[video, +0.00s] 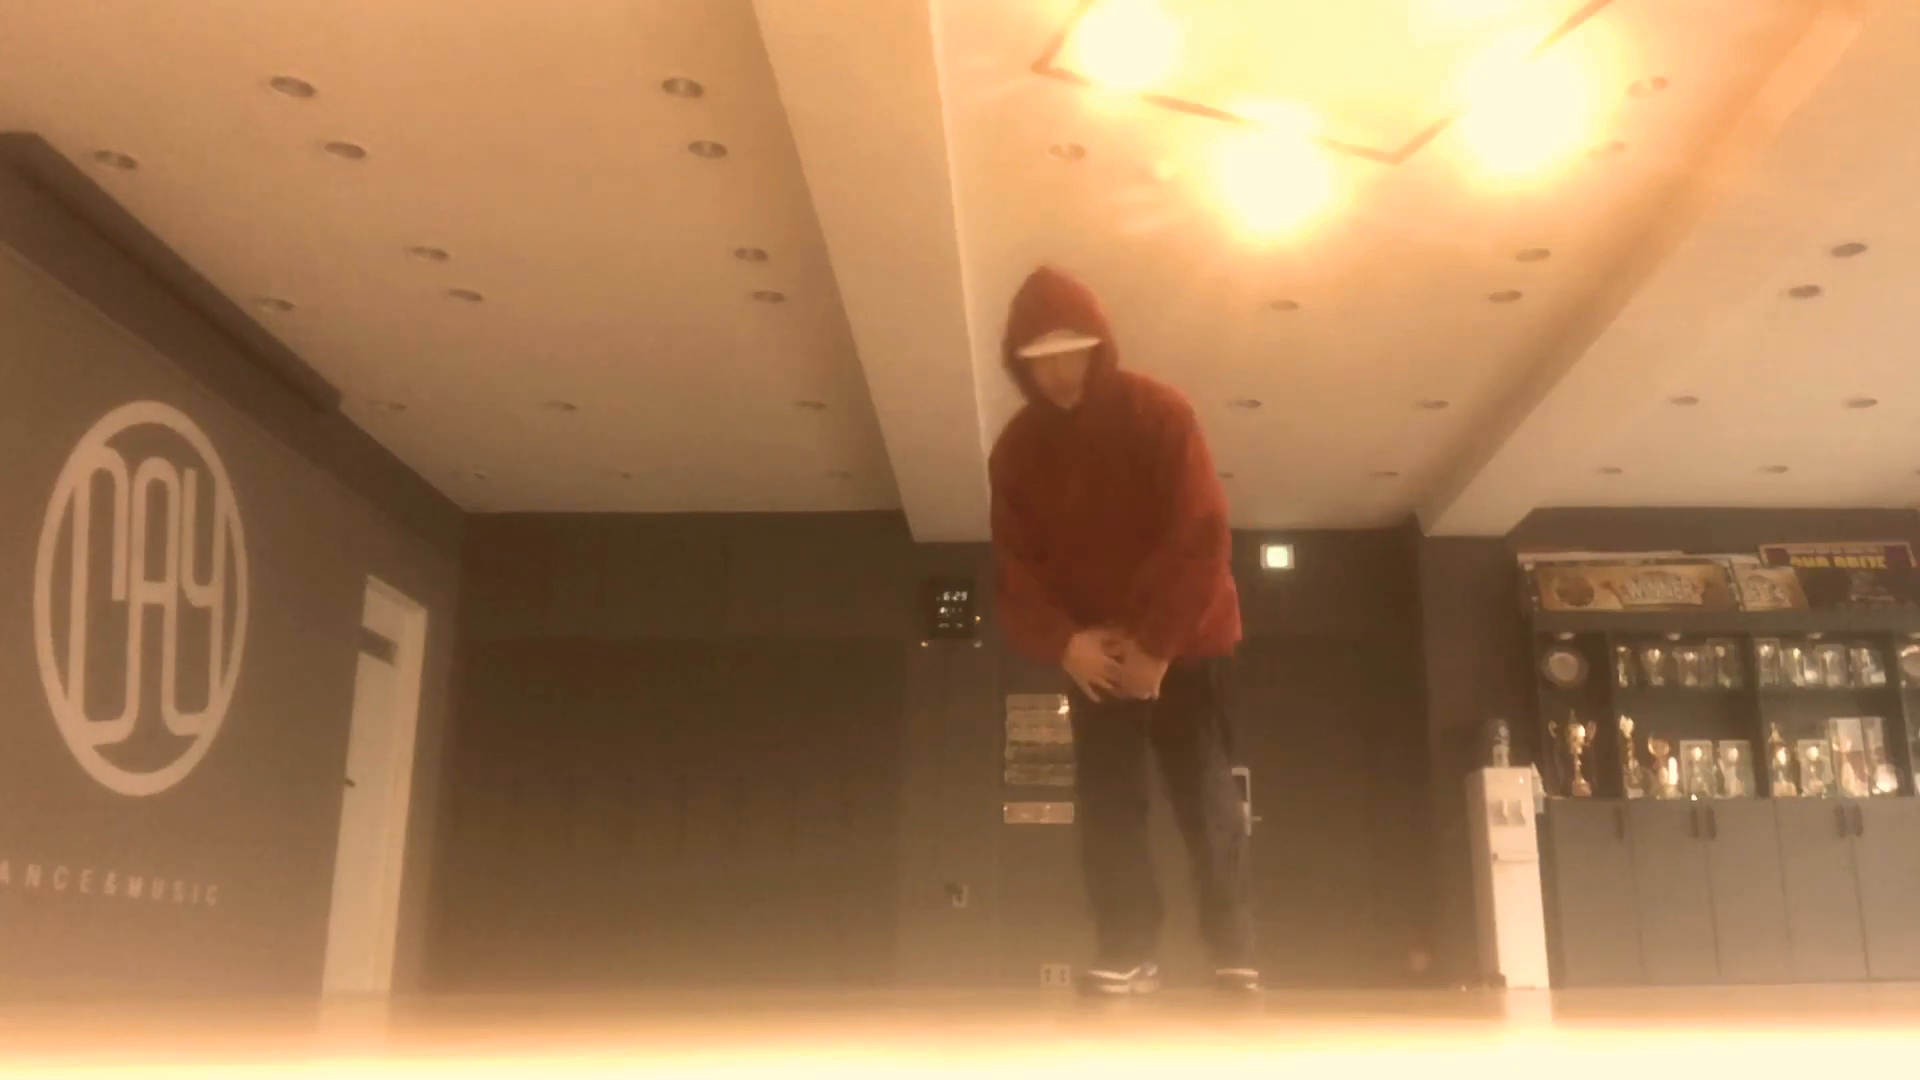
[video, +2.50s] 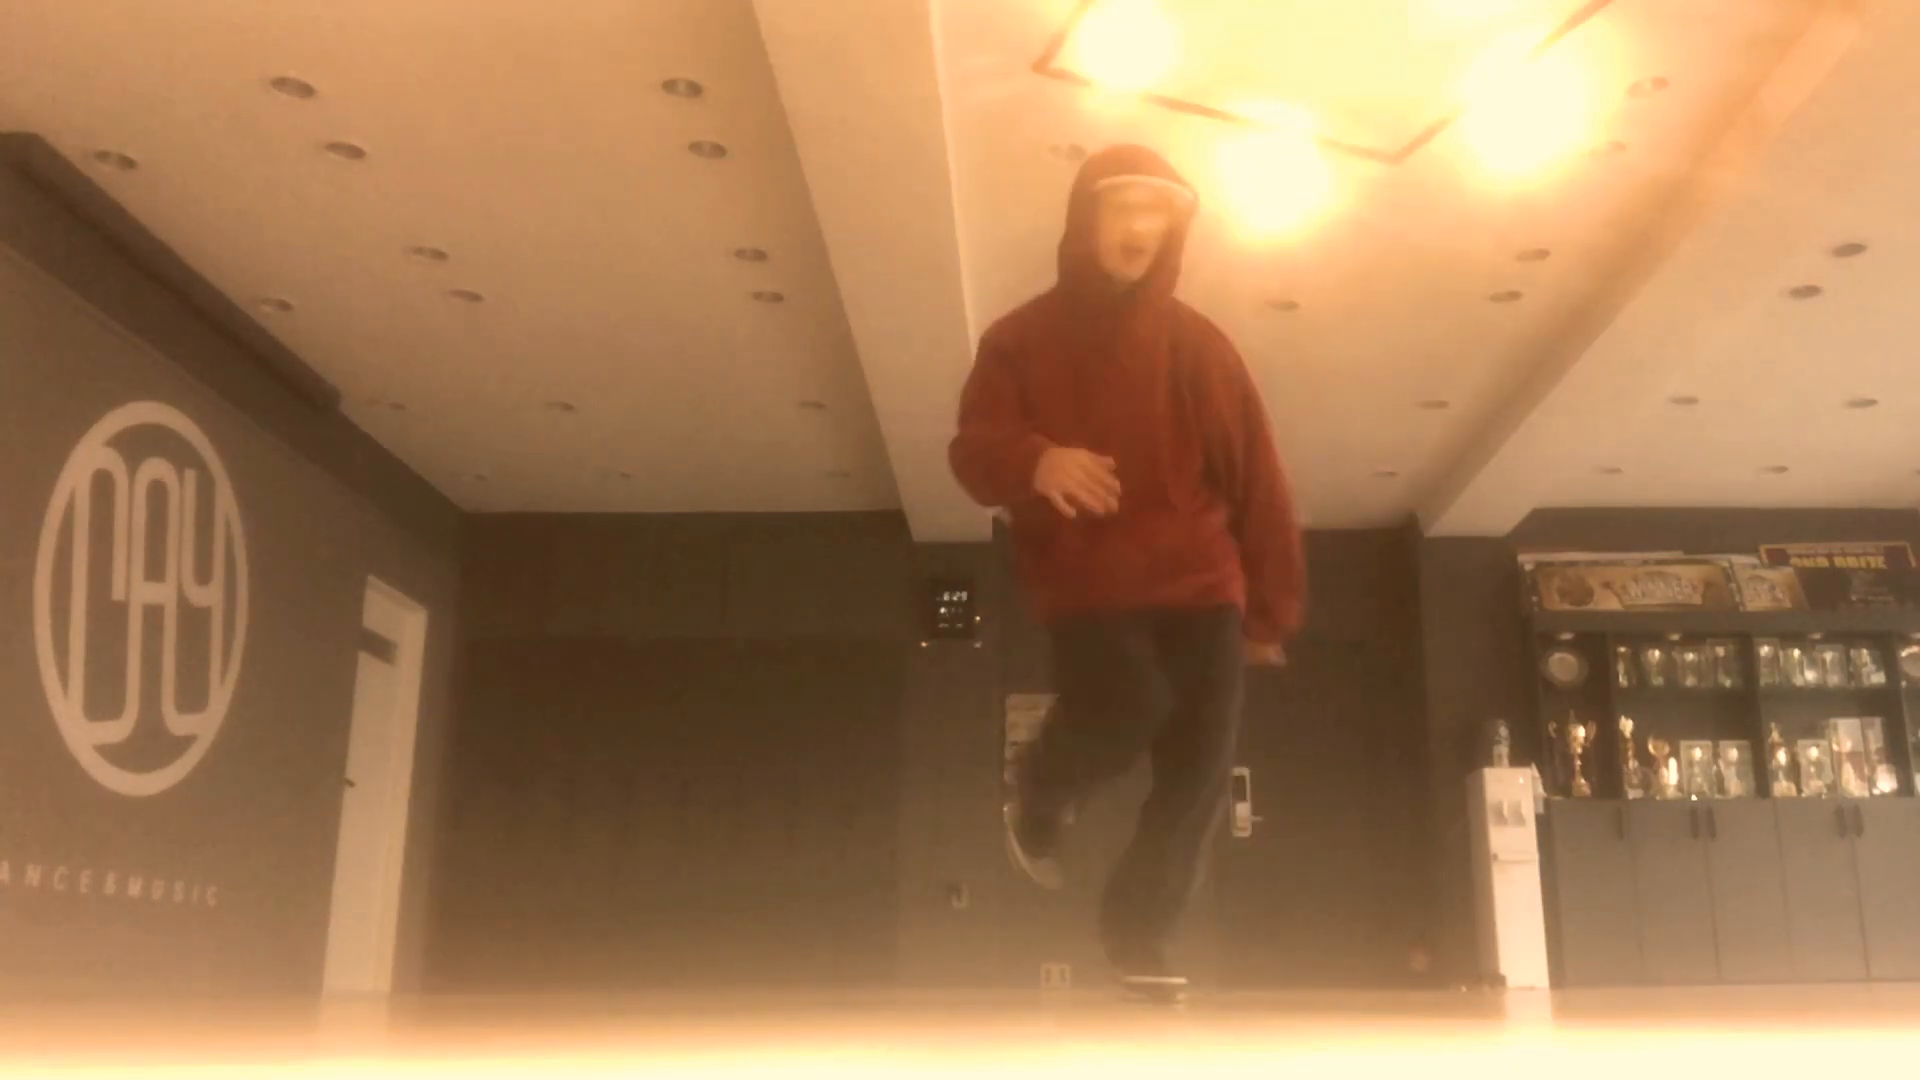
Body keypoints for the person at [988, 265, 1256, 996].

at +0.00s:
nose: (1053, 375)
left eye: (1067, 356)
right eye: (1037, 361)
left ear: (1097, 348)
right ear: (1020, 365)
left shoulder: (1162, 416)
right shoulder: (1017, 447)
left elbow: (1201, 538)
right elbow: (1014, 571)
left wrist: (1155, 641)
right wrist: (1065, 640)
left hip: (1186, 642)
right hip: (1093, 651)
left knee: (1207, 803)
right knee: (1106, 808)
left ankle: (1233, 955)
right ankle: (1126, 954)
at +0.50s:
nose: (1072, 295)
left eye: (1089, 278)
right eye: (1056, 278)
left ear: (1116, 286)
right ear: (1034, 289)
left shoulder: (1167, 377)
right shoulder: (1011, 382)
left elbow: (1186, 472)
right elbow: (992, 465)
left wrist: (1141, 529)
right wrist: (1042, 492)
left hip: (1152, 612)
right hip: (1060, 614)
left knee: (1158, 766)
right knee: (1079, 774)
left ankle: (1157, 923)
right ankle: (1099, 940)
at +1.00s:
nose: (1236, 269)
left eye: (1257, 257)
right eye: (1228, 243)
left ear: (1269, 278)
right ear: (1191, 238)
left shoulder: (1235, 392)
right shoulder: (1095, 315)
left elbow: (1239, 530)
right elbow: (1017, 414)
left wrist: (1270, 632)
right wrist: (989, 519)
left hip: (1139, 589)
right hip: (1034, 574)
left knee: (1134, 745)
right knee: (1013, 753)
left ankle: (1135, 939)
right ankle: (1003, 917)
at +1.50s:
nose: (1201, 241)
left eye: (1218, 227)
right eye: (1185, 220)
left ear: (1232, 248)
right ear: (1145, 223)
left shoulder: (1234, 372)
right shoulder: (1086, 302)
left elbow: (1297, 495)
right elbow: (981, 366)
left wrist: (1366, 580)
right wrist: (939, 411)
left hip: (1181, 592)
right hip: (1070, 558)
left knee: (1162, 771)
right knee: (1044, 727)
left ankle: (1110, 941)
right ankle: (892, 884)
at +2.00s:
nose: (1070, 193)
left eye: (1087, 169)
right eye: (1049, 179)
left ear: (1125, 172)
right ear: (1030, 201)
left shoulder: (1199, 257)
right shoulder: (1045, 323)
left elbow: (1241, 228)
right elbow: (1015, 458)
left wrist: (1184, 156)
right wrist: (1008, 574)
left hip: (1269, 511)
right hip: (1147, 519)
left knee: (1245, 734)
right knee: (1213, 713)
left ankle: (1141, 904)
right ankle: (1287, 930)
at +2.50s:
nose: (1137, 235)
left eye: (1155, 218)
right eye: (1120, 214)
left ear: (1174, 233)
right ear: (1082, 223)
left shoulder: (1199, 345)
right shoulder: (1021, 340)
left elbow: (1259, 481)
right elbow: (974, 448)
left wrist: (1272, 609)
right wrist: (1036, 461)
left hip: (1197, 578)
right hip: (1084, 577)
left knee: (1201, 763)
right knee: (1125, 709)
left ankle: (1140, 931)